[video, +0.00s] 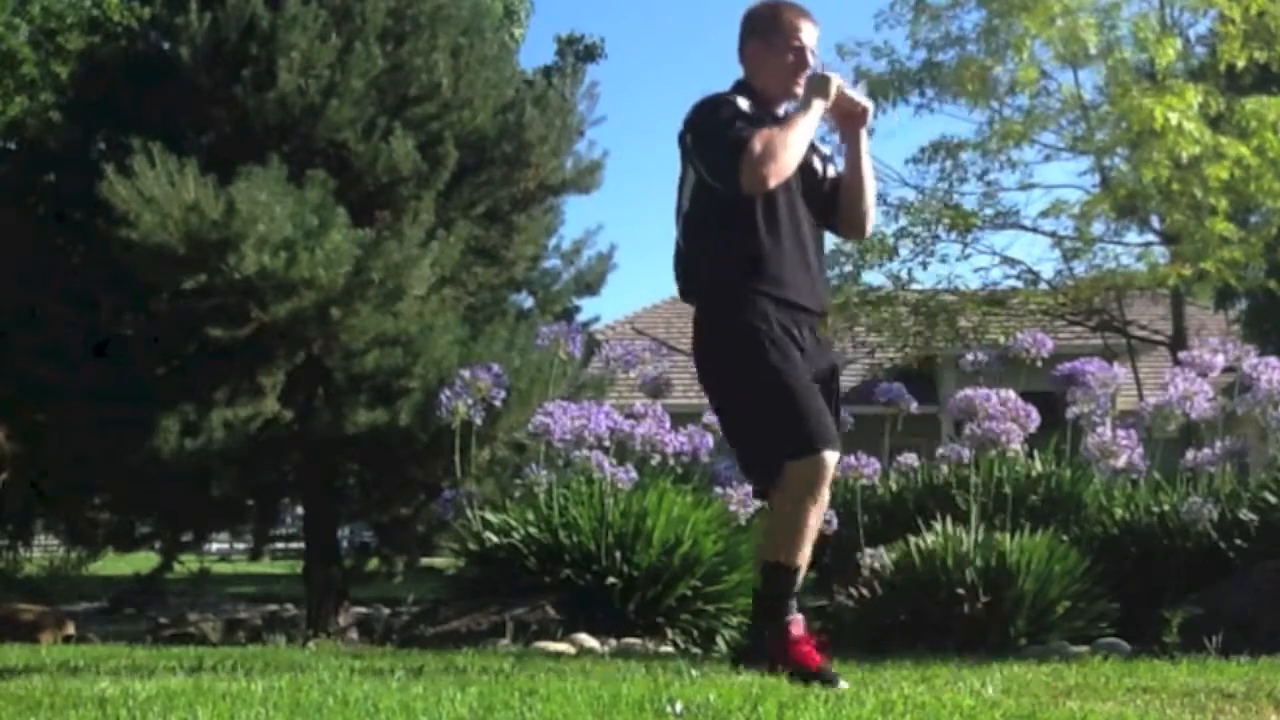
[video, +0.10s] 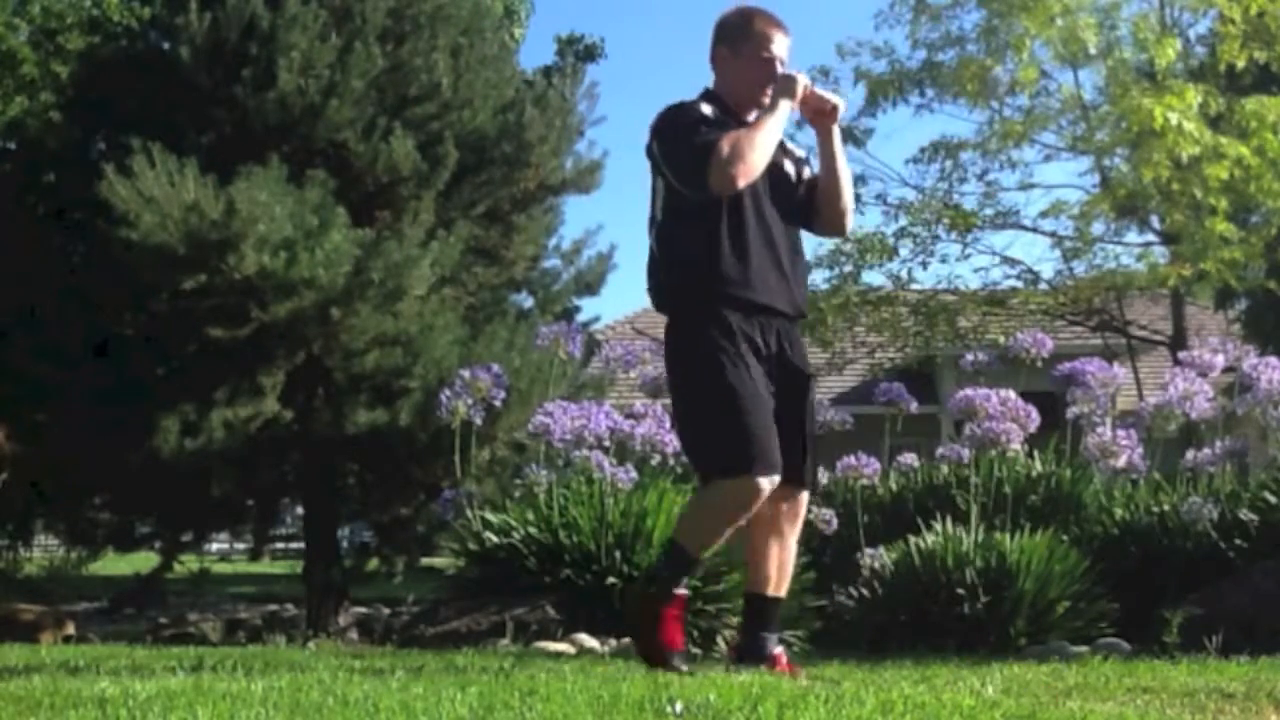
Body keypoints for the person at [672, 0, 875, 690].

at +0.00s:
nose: (806, 60)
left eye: (810, 50)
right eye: (791, 48)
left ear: (813, 61)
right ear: (750, 51)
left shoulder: (801, 135)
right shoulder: (715, 115)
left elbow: (854, 222)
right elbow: (760, 170)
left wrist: (856, 137)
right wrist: (814, 107)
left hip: (801, 326)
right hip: (743, 320)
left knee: (799, 482)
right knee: (814, 456)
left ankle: (770, 636)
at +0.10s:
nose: (778, 70)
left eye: (783, 59)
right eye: (764, 56)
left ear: (786, 69)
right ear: (721, 58)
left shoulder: (776, 147)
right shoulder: (681, 122)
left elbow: (833, 218)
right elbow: (729, 171)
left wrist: (829, 133)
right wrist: (783, 105)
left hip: (782, 330)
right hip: (713, 323)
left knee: (792, 489)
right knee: (751, 476)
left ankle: (758, 642)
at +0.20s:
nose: (742, 79)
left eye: (748, 68)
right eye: (731, 65)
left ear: (746, 74)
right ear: (687, 61)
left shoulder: (742, 150)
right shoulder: (647, 127)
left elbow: (799, 225)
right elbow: (692, 185)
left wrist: (795, 140)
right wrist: (744, 117)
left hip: (754, 335)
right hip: (681, 332)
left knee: (770, 494)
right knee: (673, 491)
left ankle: (756, 645)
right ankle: (565, 602)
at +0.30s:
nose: (703, 82)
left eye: (709, 73)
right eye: (692, 68)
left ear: (709, 78)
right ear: (648, 64)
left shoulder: (703, 151)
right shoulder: (610, 132)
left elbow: (758, 235)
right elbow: (654, 204)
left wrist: (759, 156)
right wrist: (713, 137)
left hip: (719, 345)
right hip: (636, 345)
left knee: (746, 499)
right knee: (600, 497)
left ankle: (752, 647)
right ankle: (517, 606)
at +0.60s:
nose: (630, 77)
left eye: (637, 68)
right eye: (617, 64)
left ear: (644, 76)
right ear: (576, 62)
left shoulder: (650, 151)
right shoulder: (529, 136)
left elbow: (696, 231)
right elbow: (549, 209)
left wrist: (687, 153)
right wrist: (611, 140)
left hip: (637, 346)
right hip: (547, 347)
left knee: (691, 469)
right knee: (523, 501)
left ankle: (667, 625)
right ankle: (495, 636)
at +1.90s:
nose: (572, 77)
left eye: (580, 67)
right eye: (559, 64)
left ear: (587, 75)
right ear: (521, 66)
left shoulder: (608, 143)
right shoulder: (481, 134)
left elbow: (656, 218)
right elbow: (491, 202)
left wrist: (639, 141)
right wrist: (552, 135)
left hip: (594, 336)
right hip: (505, 336)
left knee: (611, 487)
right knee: (478, 491)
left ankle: (620, 634)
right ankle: (455, 623)